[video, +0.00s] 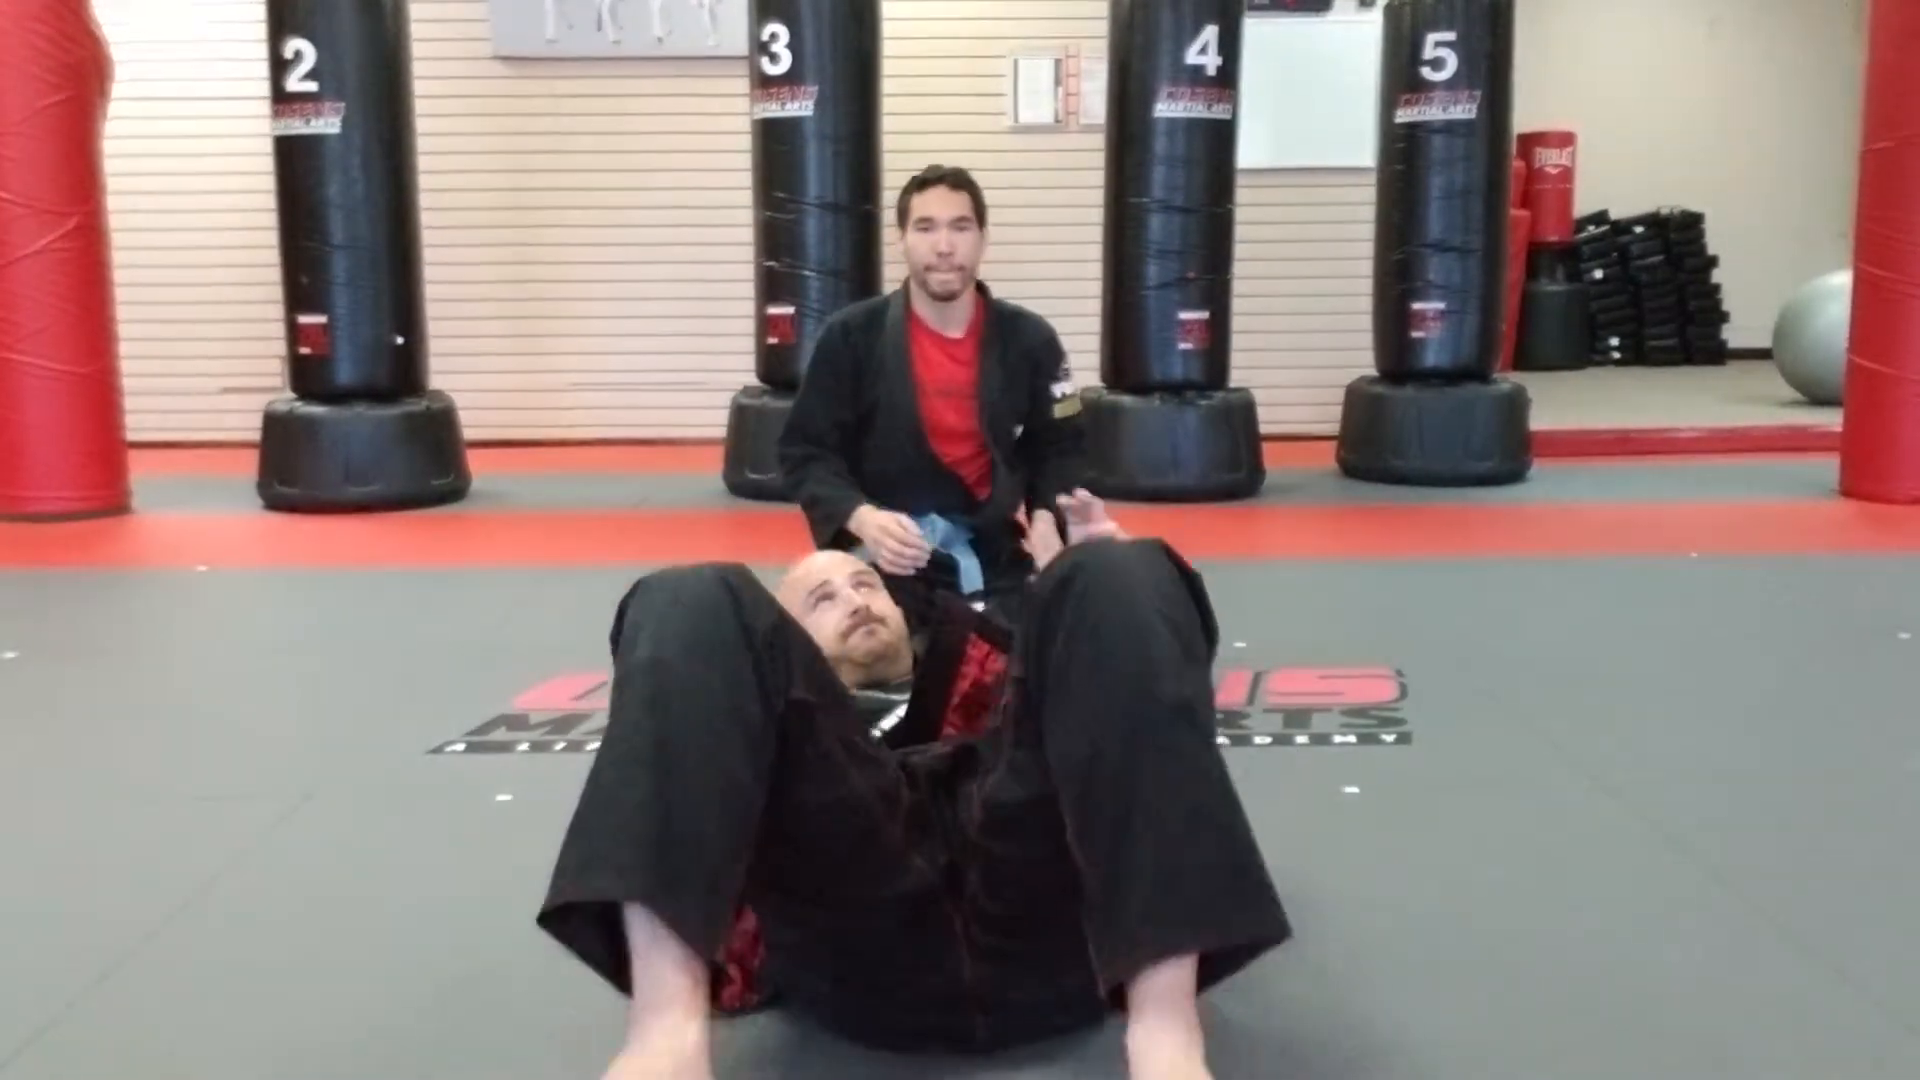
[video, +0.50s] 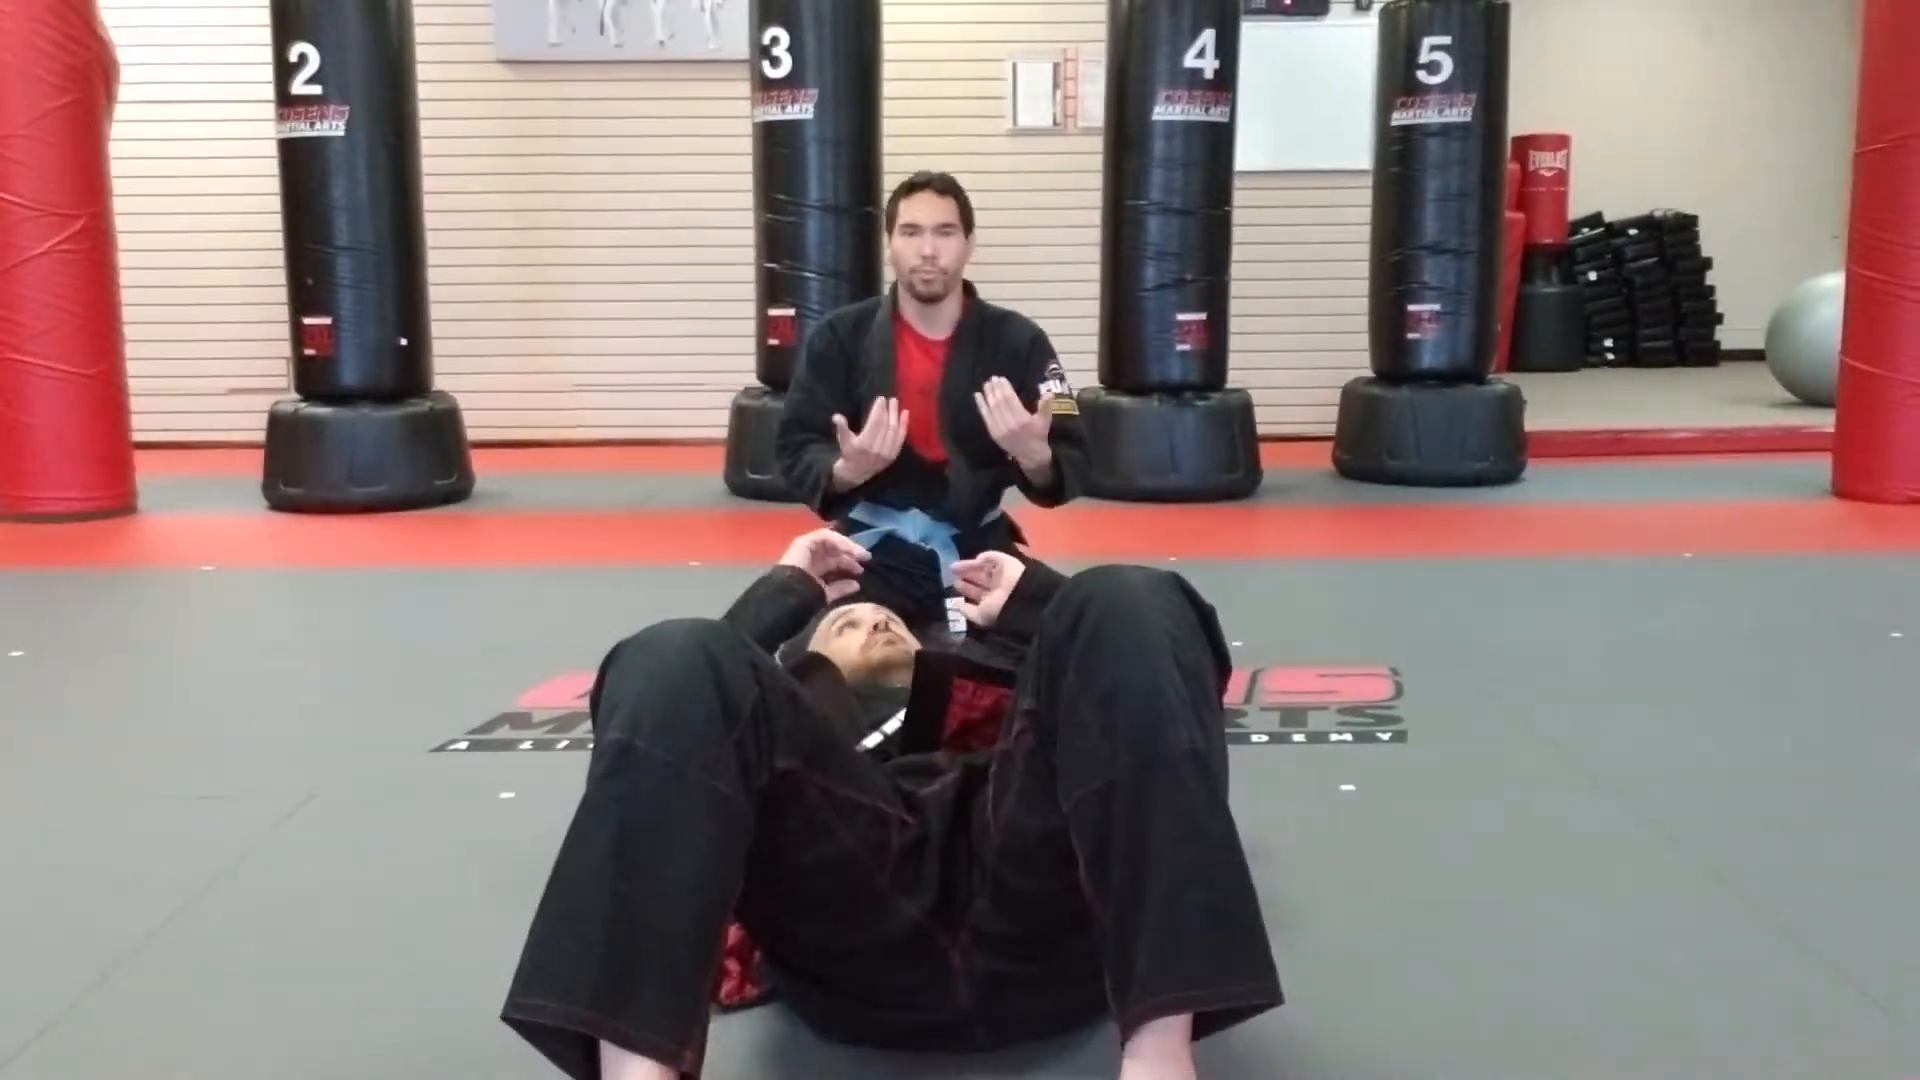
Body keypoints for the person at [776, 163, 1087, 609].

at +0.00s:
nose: (943, 246)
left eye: (960, 228)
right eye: (925, 228)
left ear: (983, 240)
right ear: (901, 241)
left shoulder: (1028, 341)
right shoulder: (852, 338)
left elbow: (1055, 443)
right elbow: (804, 452)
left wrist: (1048, 518)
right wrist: (860, 518)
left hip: (994, 543)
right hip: (888, 544)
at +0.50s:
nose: (928, 250)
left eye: (945, 232)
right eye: (911, 232)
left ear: (969, 245)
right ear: (890, 244)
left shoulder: (1016, 341)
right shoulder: (839, 338)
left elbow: (1061, 486)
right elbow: (796, 456)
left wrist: (1034, 457)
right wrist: (846, 474)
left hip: (978, 540)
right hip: (870, 539)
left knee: (1080, 623)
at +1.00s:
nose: (926, 370)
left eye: (947, 350)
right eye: (910, 345)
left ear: (973, 336)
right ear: (885, 322)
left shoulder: (1014, 396)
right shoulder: (825, 376)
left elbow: (1068, 545)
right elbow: (757, 517)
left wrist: (1083, 675)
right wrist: (745, 640)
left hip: (972, 584)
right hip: (853, 579)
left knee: (1042, 678)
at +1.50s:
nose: (854, 420)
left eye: (876, 403)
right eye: (840, 397)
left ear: (922, 380)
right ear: (828, 370)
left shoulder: (995, 387)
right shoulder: (804, 391)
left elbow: (1062, 530)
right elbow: (753, 513)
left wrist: (1089, 641)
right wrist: (742, 646)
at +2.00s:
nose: (933, 402)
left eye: (950, 384)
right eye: (917, 383)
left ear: (977, 364)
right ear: (898, 366)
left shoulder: (1030, 394)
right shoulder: (864, 408)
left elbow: (1074, 509)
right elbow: (820, 516)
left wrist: (1042, 594)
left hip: (1002, 576)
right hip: (895, 579)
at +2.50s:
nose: (963, 289)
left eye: (979, 271)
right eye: (949, 271)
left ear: (1002, 271)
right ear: (934, 273)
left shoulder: (1049, 339)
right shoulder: (892, 343)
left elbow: (1076, 445)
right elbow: (854, 442)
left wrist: (1048, 523)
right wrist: (861, 500)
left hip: (1015, 521)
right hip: (921, 519)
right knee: (894, 586)